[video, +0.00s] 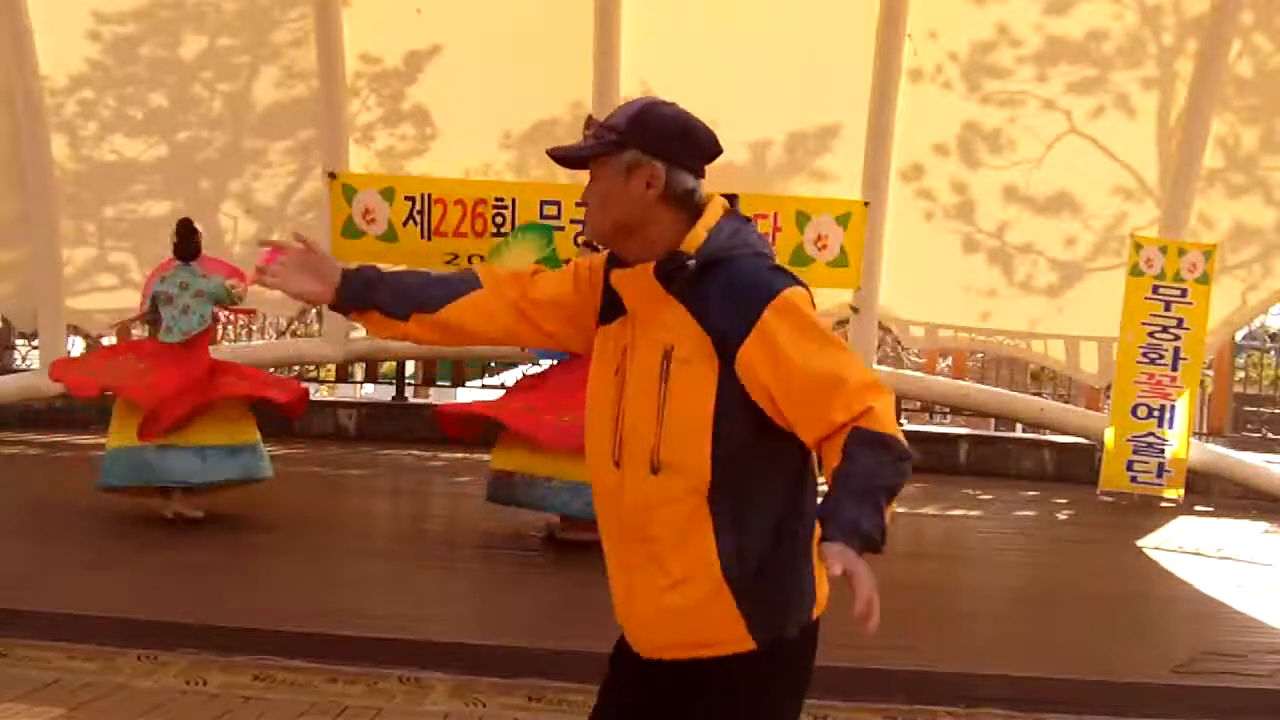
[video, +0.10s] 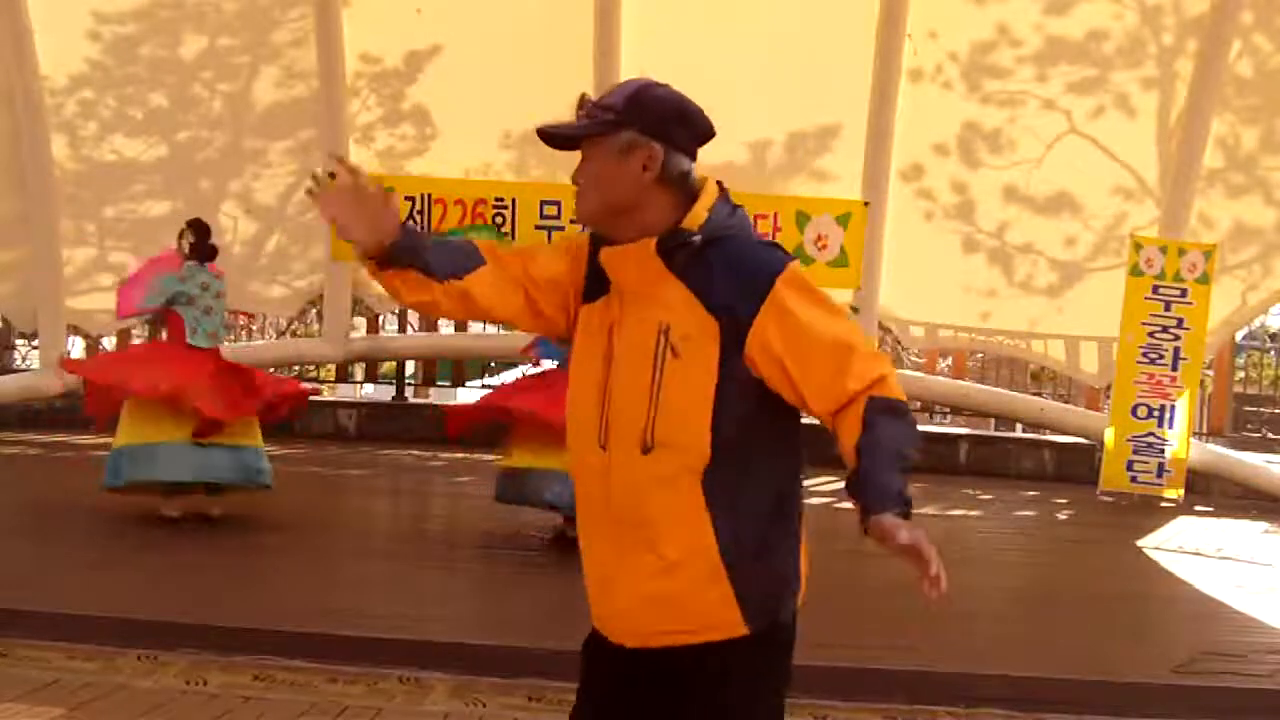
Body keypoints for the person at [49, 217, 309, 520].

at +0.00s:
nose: (194, 250)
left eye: (183, 244)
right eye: (196, 245)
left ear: (173, 248)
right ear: (200, 249)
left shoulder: (162, 280)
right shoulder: (206, 281)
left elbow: (148, 317)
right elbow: (232, 300)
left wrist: (122, 325)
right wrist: (237, 286)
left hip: (163, 358)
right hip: (196, 358)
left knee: (164, 423)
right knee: (191, 423)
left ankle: (169, 497)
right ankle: (184, 497)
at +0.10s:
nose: (178, 246)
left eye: (181, 240)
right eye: (180, 240)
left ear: (187, 244)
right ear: (208, 246)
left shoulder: (180, 280)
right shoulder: (218, 281)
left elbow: (147, 309)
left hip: (181, 359)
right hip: (213, 358)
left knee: (172, 422)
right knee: (210, 423)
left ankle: (174, 497)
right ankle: (212, 498)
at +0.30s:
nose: (187, 259)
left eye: (191, 252)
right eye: (189, 252)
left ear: (207, 251)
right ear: (212, 252)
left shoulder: (212, 282)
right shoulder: (212, 282)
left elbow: (178, 313)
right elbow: (186, 319)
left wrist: (144, 315)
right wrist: (150, 314)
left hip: (211, 359)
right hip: (212, 357)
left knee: (186, 420)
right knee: (216, 421)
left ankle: (183, 496)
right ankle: (217, 494)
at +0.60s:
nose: (197, 255)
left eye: (203, 248)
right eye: (196, 248)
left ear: (223, 251)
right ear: (205, 252)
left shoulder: (227, 284)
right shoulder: (205, 285)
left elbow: (220, 323)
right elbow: (191, 319)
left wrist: (186, 329)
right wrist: (174, 330)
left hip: (225, 362)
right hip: (207, 359)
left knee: (206, 424)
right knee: (218, 424)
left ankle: (197, 495)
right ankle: (226, 493)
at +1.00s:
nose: (216, 240)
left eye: (223, 235)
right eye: (212, 233)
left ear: (235, 243)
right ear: (205, 236)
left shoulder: (238, 277)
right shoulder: (196, 269)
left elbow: (238, 300)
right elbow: (170, 299)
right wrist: (184, 299)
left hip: (230, 355)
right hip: (194, 353)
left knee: (225, 421)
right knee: (191, 420)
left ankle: (220, 491)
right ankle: (194, 494)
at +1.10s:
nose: (222, 234)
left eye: (229, 230)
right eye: (218, 228)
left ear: (237, 236)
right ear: (209, 231)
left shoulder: (242, 268)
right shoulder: (197, 264)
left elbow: (251, 294)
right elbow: (167, 292)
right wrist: (186, 290)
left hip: (233, 346)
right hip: (201, 345)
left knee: (224, 419)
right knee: (204, 419)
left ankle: (215, 493)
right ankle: (207, 494)